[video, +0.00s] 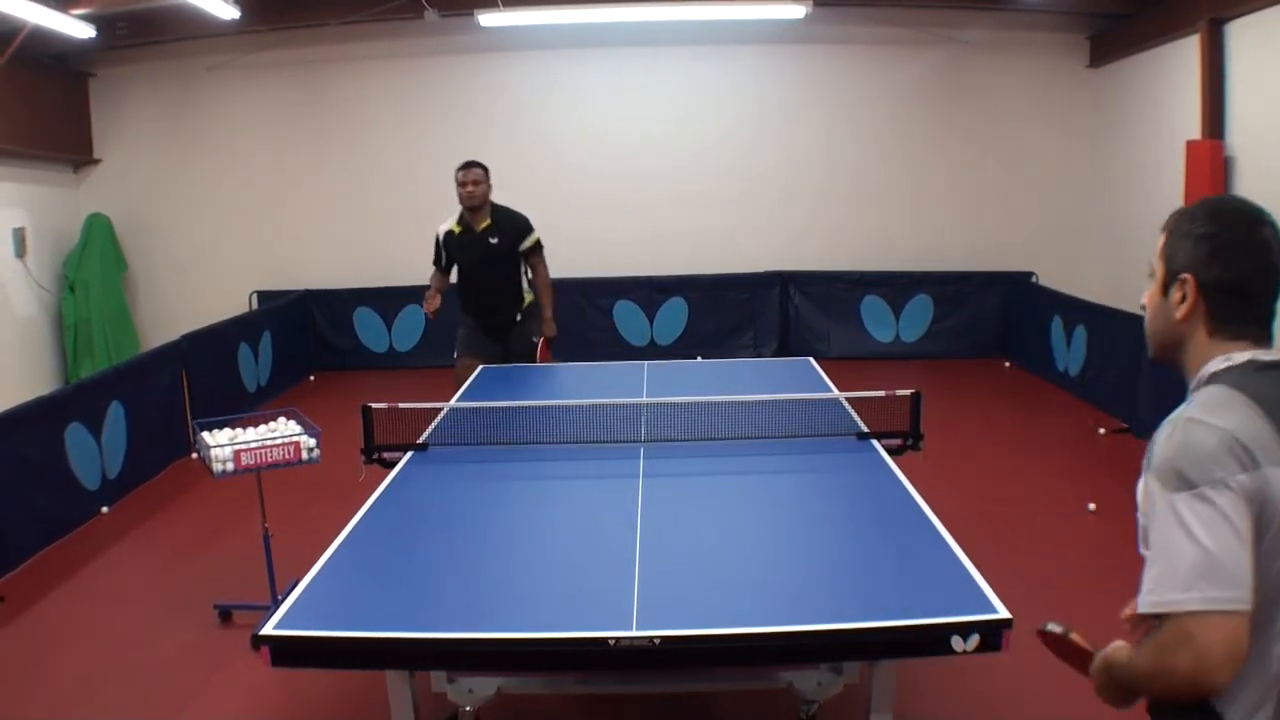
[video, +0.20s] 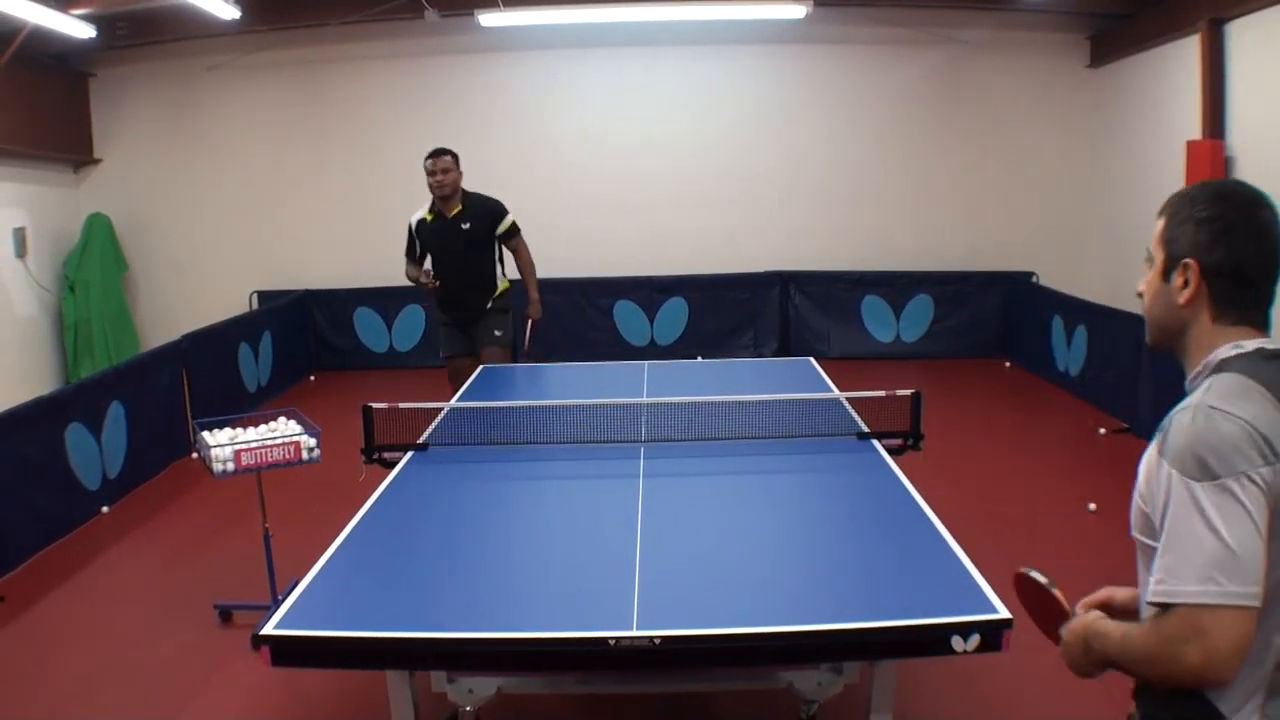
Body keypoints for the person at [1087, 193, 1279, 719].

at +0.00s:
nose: (1143, 299)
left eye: (1152, 279)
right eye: (1149, 278)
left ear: (1185, 295)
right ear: (1259, 294)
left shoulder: (1200, 433)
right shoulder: (1267, 391)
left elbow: (1209, 653)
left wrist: (1125, 670)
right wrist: (1174, 601)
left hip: (1235, 710)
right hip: (1263, 701)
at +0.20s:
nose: (1140, 286)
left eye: (1152, 264)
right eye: (1146, 263)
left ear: (1186, 282)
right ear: (1256, 280)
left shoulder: (1213, 421)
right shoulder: (1261, 388)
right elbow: (1255, 590)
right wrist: (1146, 603)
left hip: (1210, 710)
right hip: (1252, 702)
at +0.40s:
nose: (1020, 392)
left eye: (1018, 377)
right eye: (1017, 376)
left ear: (1039, 381)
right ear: (1125, 361)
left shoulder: (1061, 472)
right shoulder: (1241, 446)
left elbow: (1031, 682)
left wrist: (1001, 668)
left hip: (1148, 709)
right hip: (1264, 706)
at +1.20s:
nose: (1017, 360)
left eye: (1017, 342)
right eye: (1016, 343)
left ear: (1040, 346)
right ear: (1125, 333)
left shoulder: (1065, 448)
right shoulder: (1216, 424)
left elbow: (1028, 653)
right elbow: (1260, 573)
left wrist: (962, 620)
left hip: (1130, 708)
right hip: (1256, 701)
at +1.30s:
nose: (1001, 358)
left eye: (1000, 341)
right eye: (999, 340)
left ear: (1022, 344)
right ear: (1106, 329)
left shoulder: (1038, 446)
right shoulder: (1208, 431)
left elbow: (971, 645)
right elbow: (1256, 589)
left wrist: (914, 606)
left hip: (1092, 707)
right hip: (1226, 706)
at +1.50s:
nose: (992, 332)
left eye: (991, 316)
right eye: (990, 315)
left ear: (1012, 317)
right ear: (1091, 301)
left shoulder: (1019, 418)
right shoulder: (1199, 401)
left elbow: (922, 598)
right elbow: (1254, 549)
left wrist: (880, 571)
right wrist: (1160, 586)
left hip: (1084, 703)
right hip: (1212, 700)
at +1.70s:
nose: (977, 339)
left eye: (976, 323)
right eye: (976, 323)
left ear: (994, 323)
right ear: (1070, 310)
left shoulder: (1005, 417)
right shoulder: (1163, 393)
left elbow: (880, 560)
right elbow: (1215, 519)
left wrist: (872, 525)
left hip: (1065, 698)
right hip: (1184, 694)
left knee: (970, 707)